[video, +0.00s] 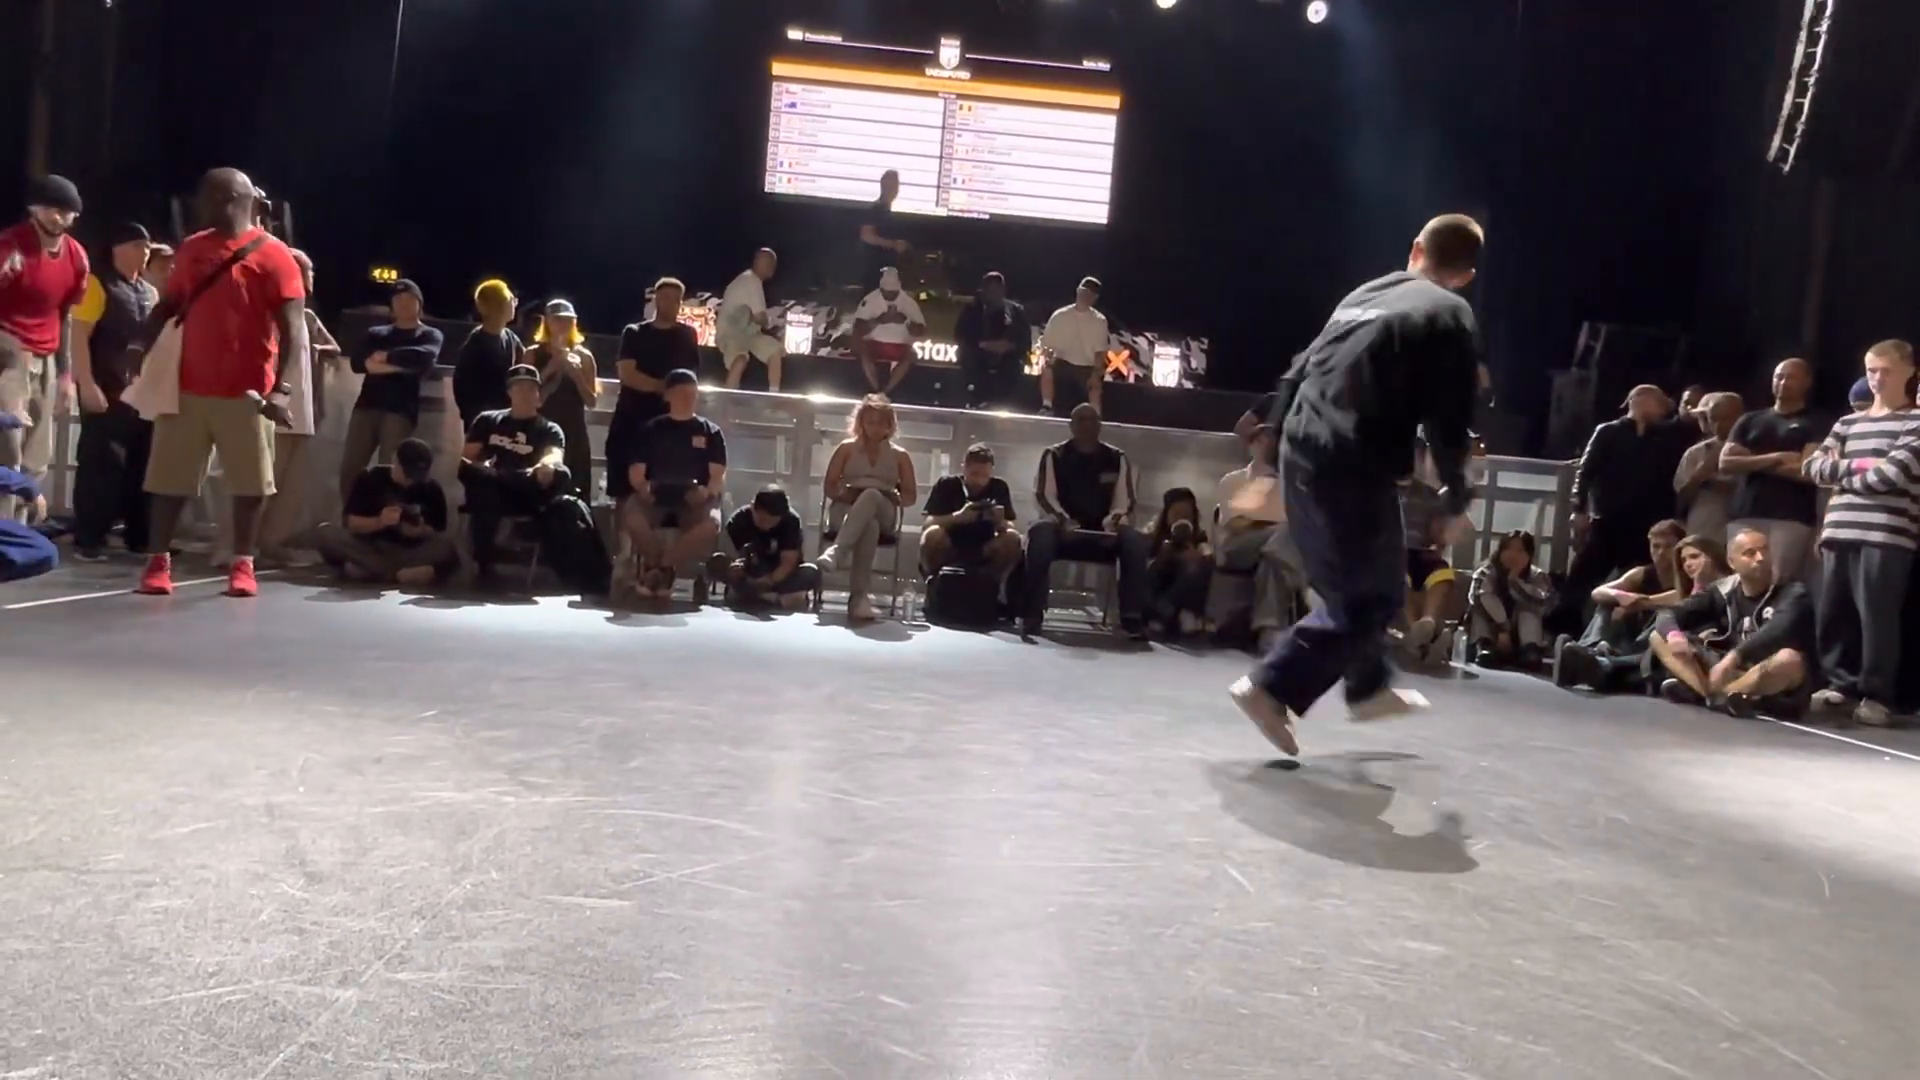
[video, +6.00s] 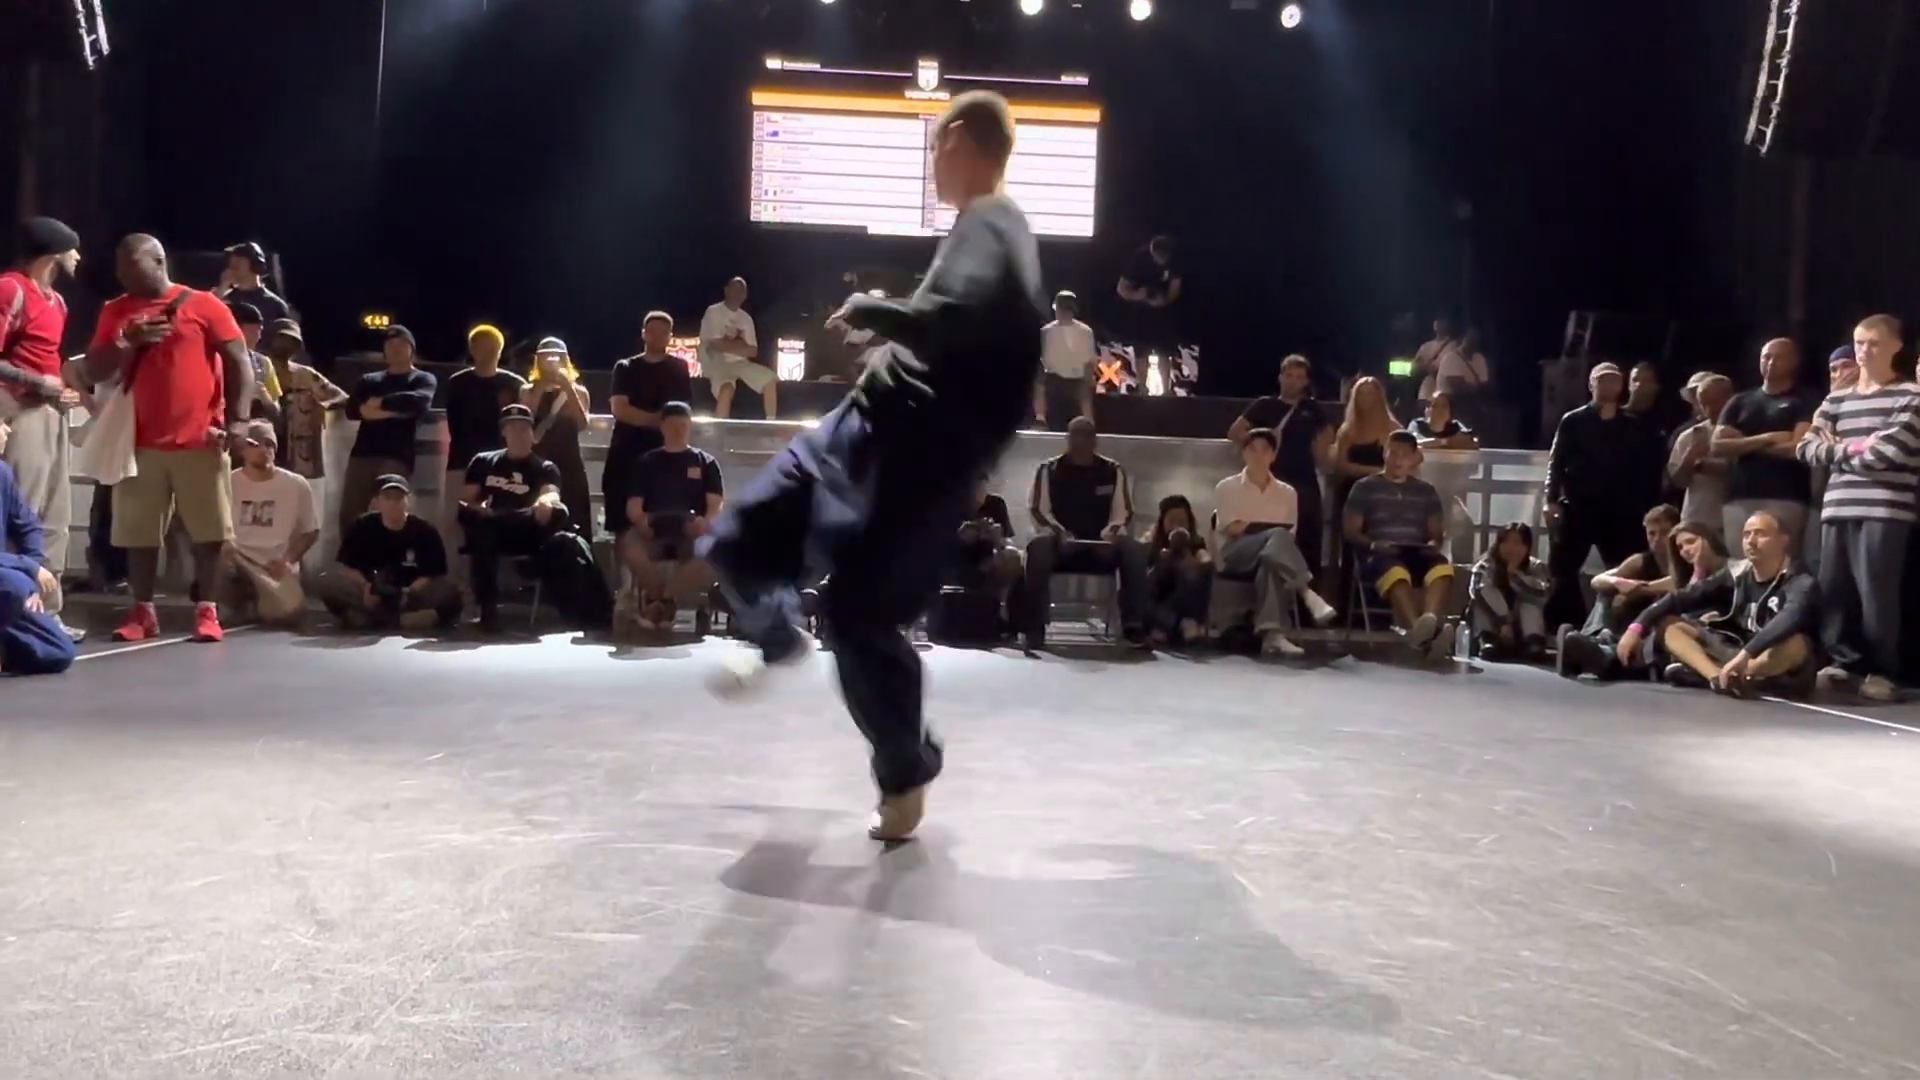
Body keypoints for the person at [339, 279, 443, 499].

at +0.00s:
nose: (403, 304)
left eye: (408, 299)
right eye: (398, 300)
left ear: (419, 305)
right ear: (392, 306)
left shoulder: (431, 334)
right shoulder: (376, 332)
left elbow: (424, 359)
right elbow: (358, 364)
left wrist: (385, 356)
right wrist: (401, 366)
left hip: (400, 411)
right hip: (367, 408)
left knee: (389, 472)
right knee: (350, 468)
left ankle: (384, 525)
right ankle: (349, 524)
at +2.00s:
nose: (404, 303)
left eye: (410, 299)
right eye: (399, 299)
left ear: (419, 306)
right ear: (392, 307)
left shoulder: (430, 335)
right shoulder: (375, 333)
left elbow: (423, 362)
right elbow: (357, 364)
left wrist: (384, 356)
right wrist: (398, 367)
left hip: (399, 412)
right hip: (367, 408)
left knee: (394, 473)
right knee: (348, 468)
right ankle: (348, 517)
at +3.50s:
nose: (376, 330)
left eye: (381, 325)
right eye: (371, 325)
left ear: (390, 331)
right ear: (363, 331)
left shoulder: (402, 360)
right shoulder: (348, 359)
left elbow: (397, 384)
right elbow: (329, 390)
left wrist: (357, 382)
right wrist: (372, 392)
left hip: (374, 437)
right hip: (341, 434)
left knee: (370, 498)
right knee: (324, 496)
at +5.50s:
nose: (389, 357)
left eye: (395, 352)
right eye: (385, 352)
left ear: (405, 357)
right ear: (378, 358)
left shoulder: (418, 386)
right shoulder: (364, 385)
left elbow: (412, 410)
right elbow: (346, 417)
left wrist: (373, 409)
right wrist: (388, 420)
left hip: (390, 462)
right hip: (358, 459)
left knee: (384, 521)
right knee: (343, 520)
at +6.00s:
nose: (396, 350)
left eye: (401, 345)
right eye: (392, 345)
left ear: (411, 350)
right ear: (385, 351)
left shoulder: (424, 379)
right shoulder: (369, 379)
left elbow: (418, 403)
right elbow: (352, 411)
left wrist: (380, 402)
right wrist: (394, 412)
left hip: (396, 458)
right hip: (363, 455)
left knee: (391, 518)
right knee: (350, 517)